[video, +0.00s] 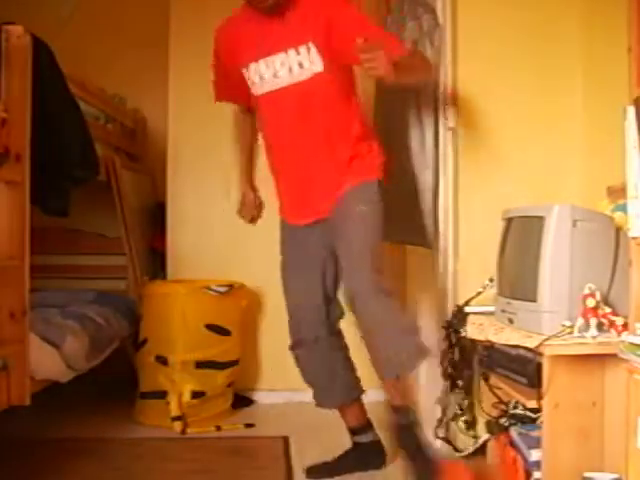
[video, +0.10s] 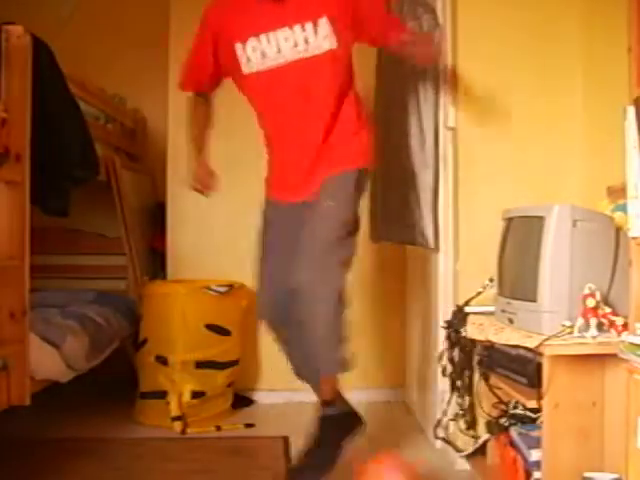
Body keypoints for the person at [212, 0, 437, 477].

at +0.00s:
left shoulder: (327, 13)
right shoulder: (233, 35)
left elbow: (423, 70)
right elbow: (245, 109)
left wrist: (392, 69)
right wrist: (246, 183)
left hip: (352, 177)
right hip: (297, 196)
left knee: (366, 291)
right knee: (309, 323)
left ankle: (406, 427)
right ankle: (364, 443)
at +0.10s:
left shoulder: (337, 4)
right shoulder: (222, 15)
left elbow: (400, 39)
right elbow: (199, 88)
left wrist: (432, 53)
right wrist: (200, 155)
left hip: (340, 151)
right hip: (286, 165)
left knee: (316, 284)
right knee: (275, 301)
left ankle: (332, 415)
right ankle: (336, 408)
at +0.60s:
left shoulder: (321, 2)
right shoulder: (189, 7)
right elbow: (106, 39)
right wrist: (35, 89)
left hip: (306, 190)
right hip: (237, 188)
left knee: (270, 334)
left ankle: (173, 392)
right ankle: (252, 472)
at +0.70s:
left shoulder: (317, 1)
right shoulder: (181, 7)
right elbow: (118, 54)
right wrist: (60, 114)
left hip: (292, 190)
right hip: (226, 188)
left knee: (288, 340)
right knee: (254, 342)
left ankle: (179, 412)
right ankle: (258, 475)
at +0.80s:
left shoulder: (311, 2)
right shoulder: (186, 5)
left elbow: (386, 8)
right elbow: (141, 50)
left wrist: (411, 19)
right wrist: (121, 123)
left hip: (275, 171)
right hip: (213, 167)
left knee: (292, 315)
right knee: (249, 330)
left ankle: (174, 400)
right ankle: (256, 473)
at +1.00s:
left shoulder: (302, 2)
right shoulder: (181, 4)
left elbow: (404, 31)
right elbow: (130, 68)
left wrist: (391, 9)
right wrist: (129, 176)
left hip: (254, 175)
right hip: (199, 175)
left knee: (291, 311)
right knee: (248, 337)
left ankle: (171, 398)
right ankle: (237, 474)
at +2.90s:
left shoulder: (191, 8)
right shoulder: (110, 4)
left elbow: (151, 89)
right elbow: (52, 87)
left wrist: (165, 160)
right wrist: (106, 176)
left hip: (163, 171)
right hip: (102, 181)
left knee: (222, 257)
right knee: (117, 323)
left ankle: (185, 405)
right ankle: (107, 455)